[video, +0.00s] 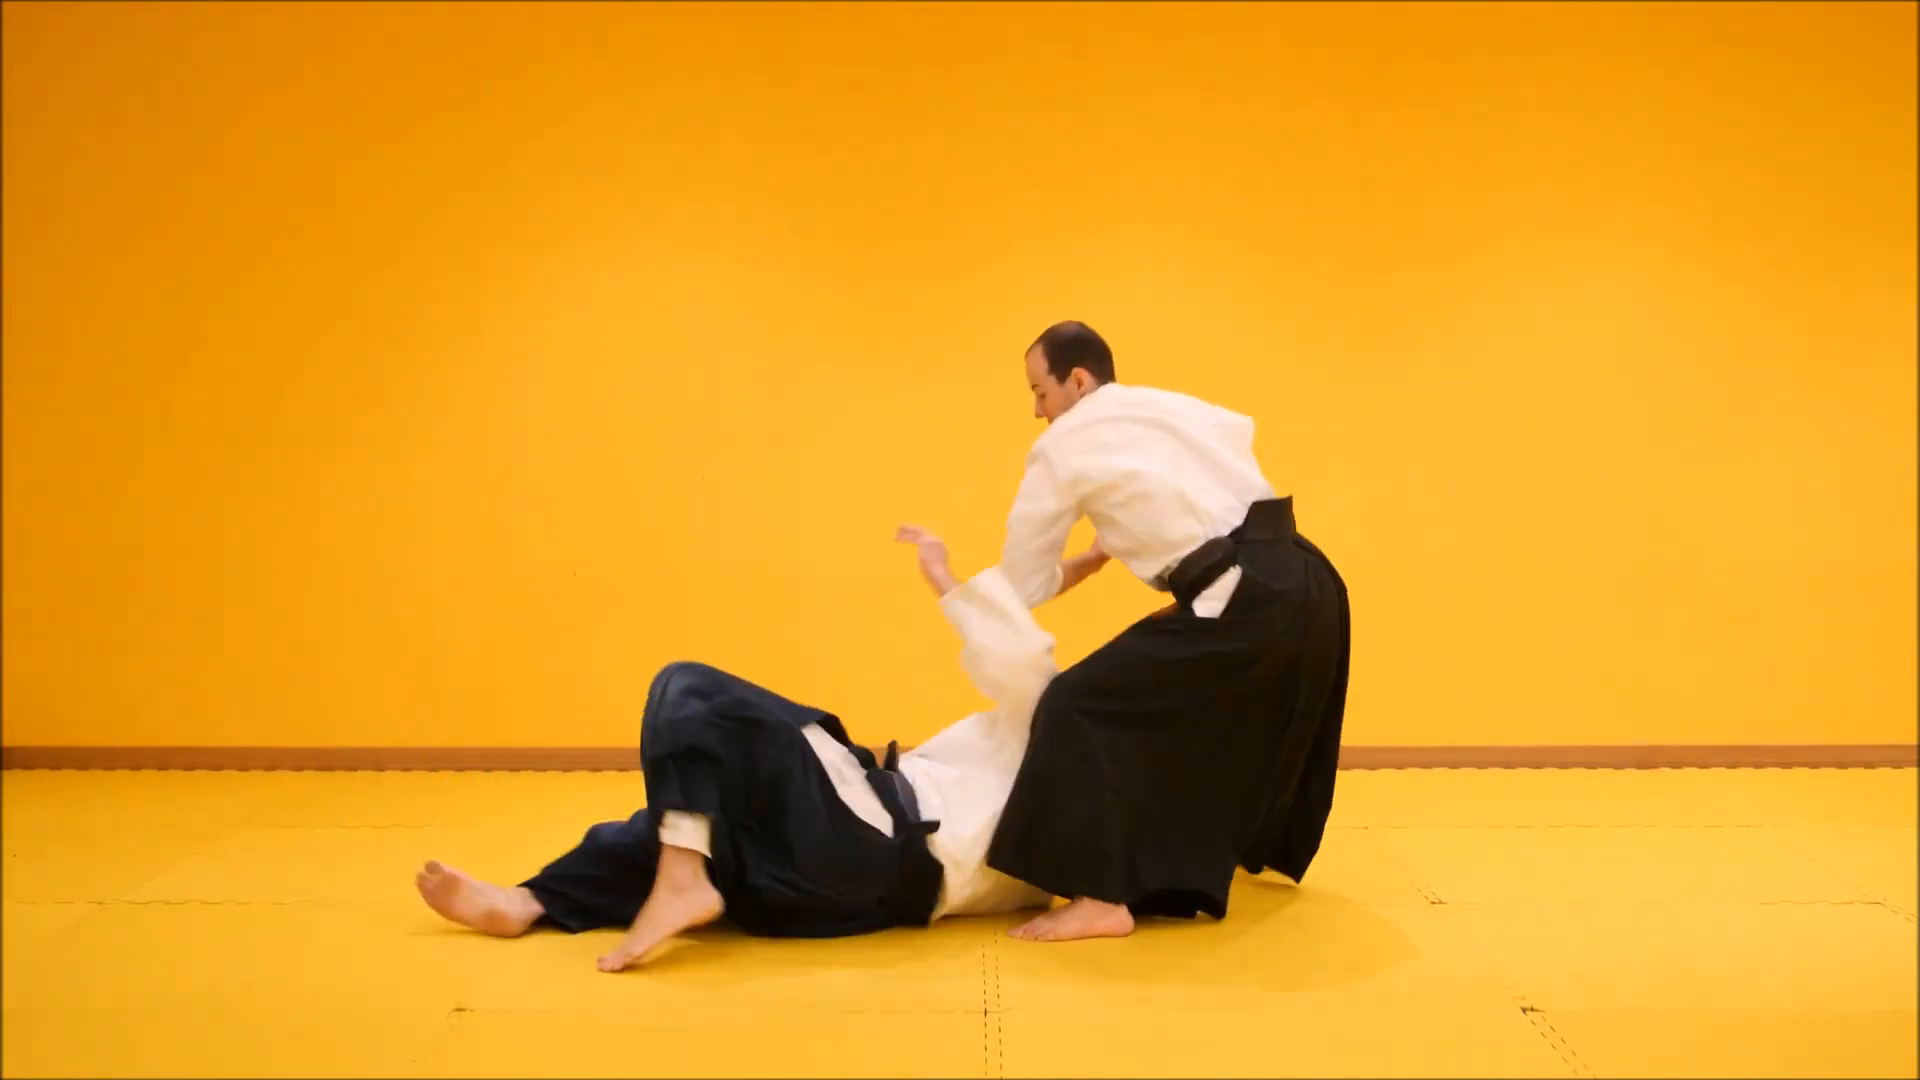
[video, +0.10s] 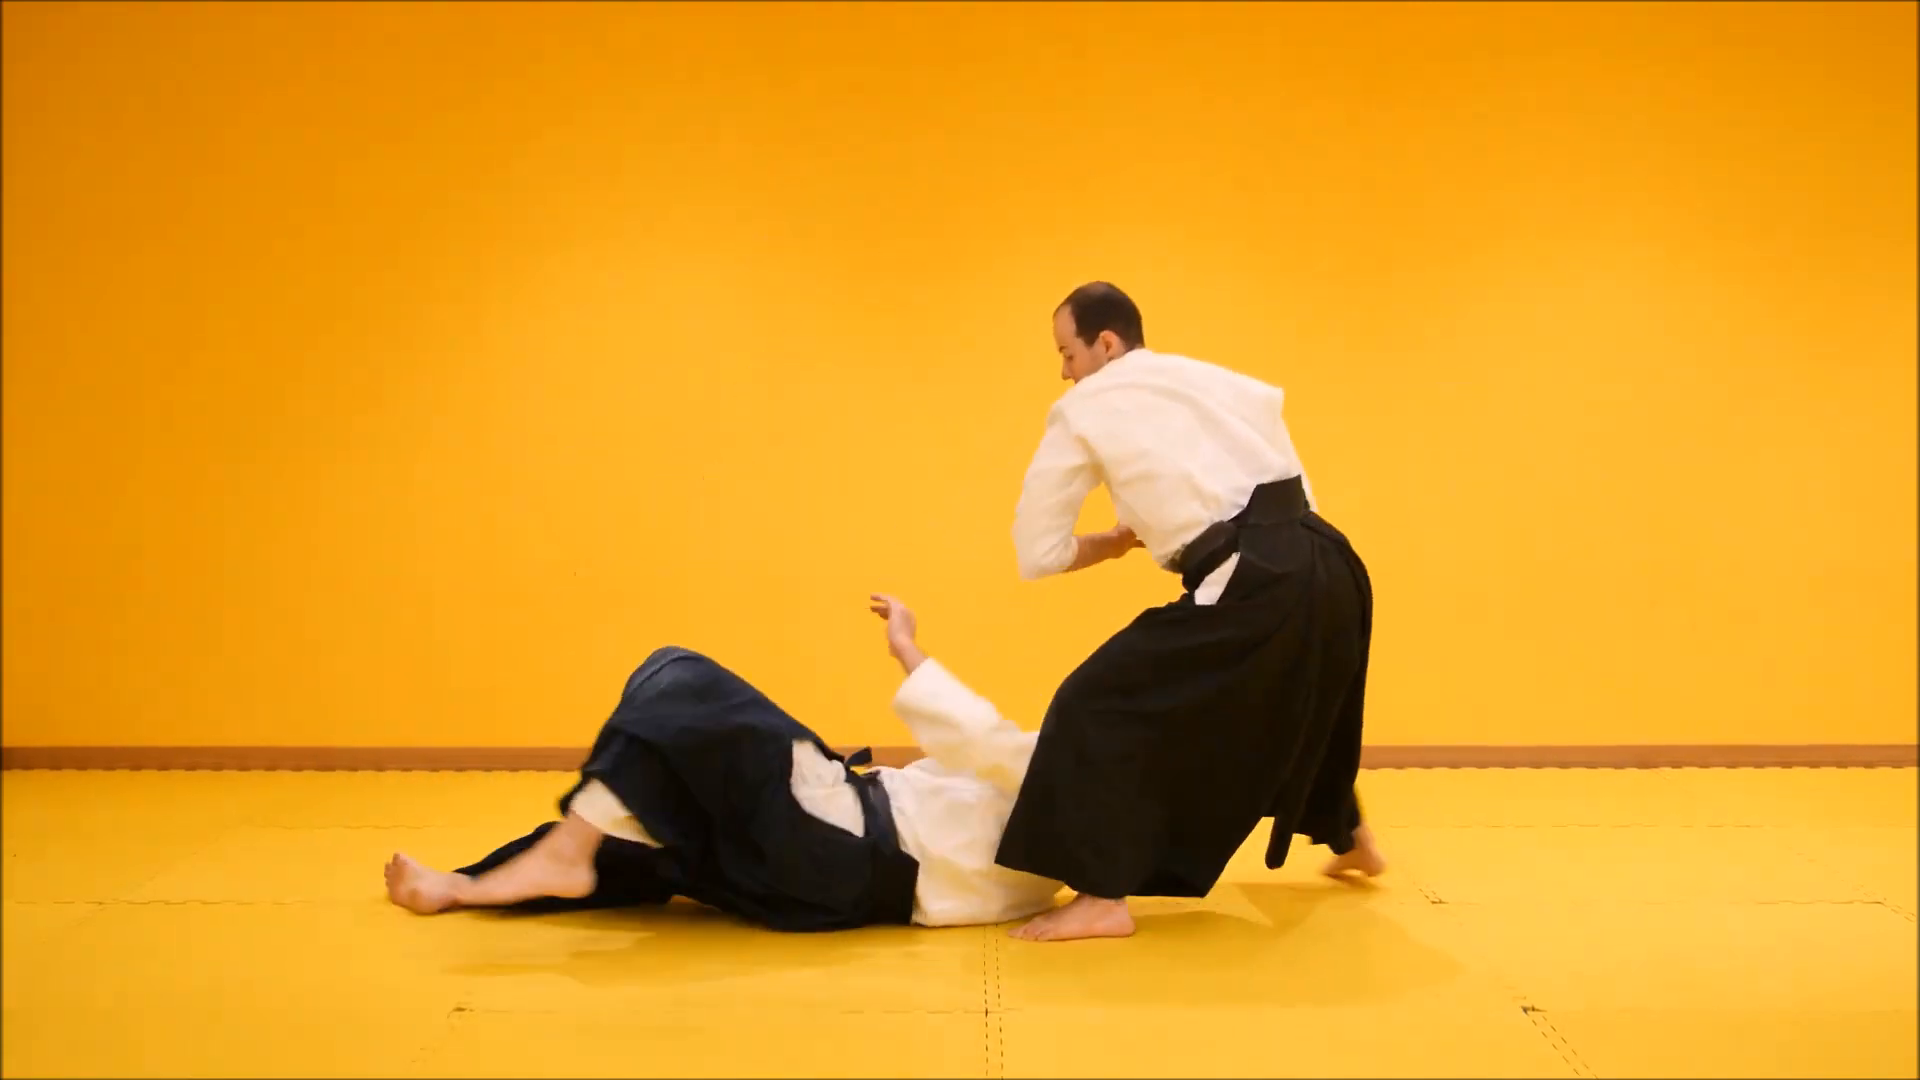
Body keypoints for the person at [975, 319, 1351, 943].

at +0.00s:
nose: (1036, 408)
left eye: (1040, 389)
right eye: (1033, 392)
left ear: (1079, 381)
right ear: (1092, 381)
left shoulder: (1065, 443)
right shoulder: (1168, 407)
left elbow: (1023, 581)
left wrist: (1097, 555)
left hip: (1243, 601)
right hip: (1312, 586)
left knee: (1073, 701)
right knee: (1181, 706)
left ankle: (1098, 898)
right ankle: (1180, 872)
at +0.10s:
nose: (1063, 372)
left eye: (1067, 353)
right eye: (1060, 355)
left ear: (1106, 344)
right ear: (1123, 344)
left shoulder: (1085, 406)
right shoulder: (1229, 384)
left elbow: (1038, 557)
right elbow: (1297, 495)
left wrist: (1120, 537)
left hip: (1251, 584)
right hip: (1332, 571)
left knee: (1089, 702)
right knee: (1294, 696)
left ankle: (1101, 897)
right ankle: (1354, 838)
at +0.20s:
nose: (1100, 338)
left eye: (1105, 319)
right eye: (1099, 321)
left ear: (1148, 313)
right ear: (1172, 313)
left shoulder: (1119, 381)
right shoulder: (1261, 370)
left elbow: (1081, 520)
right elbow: (1333, 493)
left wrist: (1126, 560)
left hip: (1268, 579)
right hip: (1354, 570)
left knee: (1100, 706)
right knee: (1358, 708)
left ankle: (1100, 898)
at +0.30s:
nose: (1159, 312)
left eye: (1166, 295)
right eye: (1159, 295)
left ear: (1208, 293)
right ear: (1231, 295)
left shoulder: (1182, 370)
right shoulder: (1317, 367)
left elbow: (1159, 494)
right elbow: (1376, 483)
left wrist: (1147, 583)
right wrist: (1369, 562)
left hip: (1307, 579)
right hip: (1383, 568)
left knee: (1124, 720)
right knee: (1451, 729)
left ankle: (1101, 898)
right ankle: (1621, 834)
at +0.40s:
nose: (1233, 299)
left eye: (1239, 281)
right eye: (1232, 283)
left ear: (1282, 275)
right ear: (1305, 278)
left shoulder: (1269, 357)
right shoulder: (1395, 351)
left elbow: (1251, 486)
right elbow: (1437, 474)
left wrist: (1191, 573)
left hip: (1374, 573)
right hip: (1454, 562)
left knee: (1225, 712)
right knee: (1530, 728)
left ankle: (1124, 890)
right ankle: (1676, 886)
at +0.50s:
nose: (1298, 279)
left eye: (1306, 262)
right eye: (1297, 264)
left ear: (1354, 259)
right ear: (1367, 260)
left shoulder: (1338, 342)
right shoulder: (1461, 334)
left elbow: (1320, 472)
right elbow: (1498, 461)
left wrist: (1255, 572)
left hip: (1438, 563)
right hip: (1522, 555)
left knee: (1300, 710)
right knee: (1578, 726)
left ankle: (1207, 890)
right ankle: (1683, 899)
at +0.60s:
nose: (1341, 257)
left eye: (1349, 238)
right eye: (1338, 241)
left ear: (1397, 234)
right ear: (1410, 238)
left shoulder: (1384, 323)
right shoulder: (1500, 316)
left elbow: (1365, 465)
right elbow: (1541, 445)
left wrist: (1309, 573)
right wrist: (1515, 517)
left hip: (1472, 548)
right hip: (1553, 536)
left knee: (1333, 696)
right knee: (1599, 714)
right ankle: (1679, 898)